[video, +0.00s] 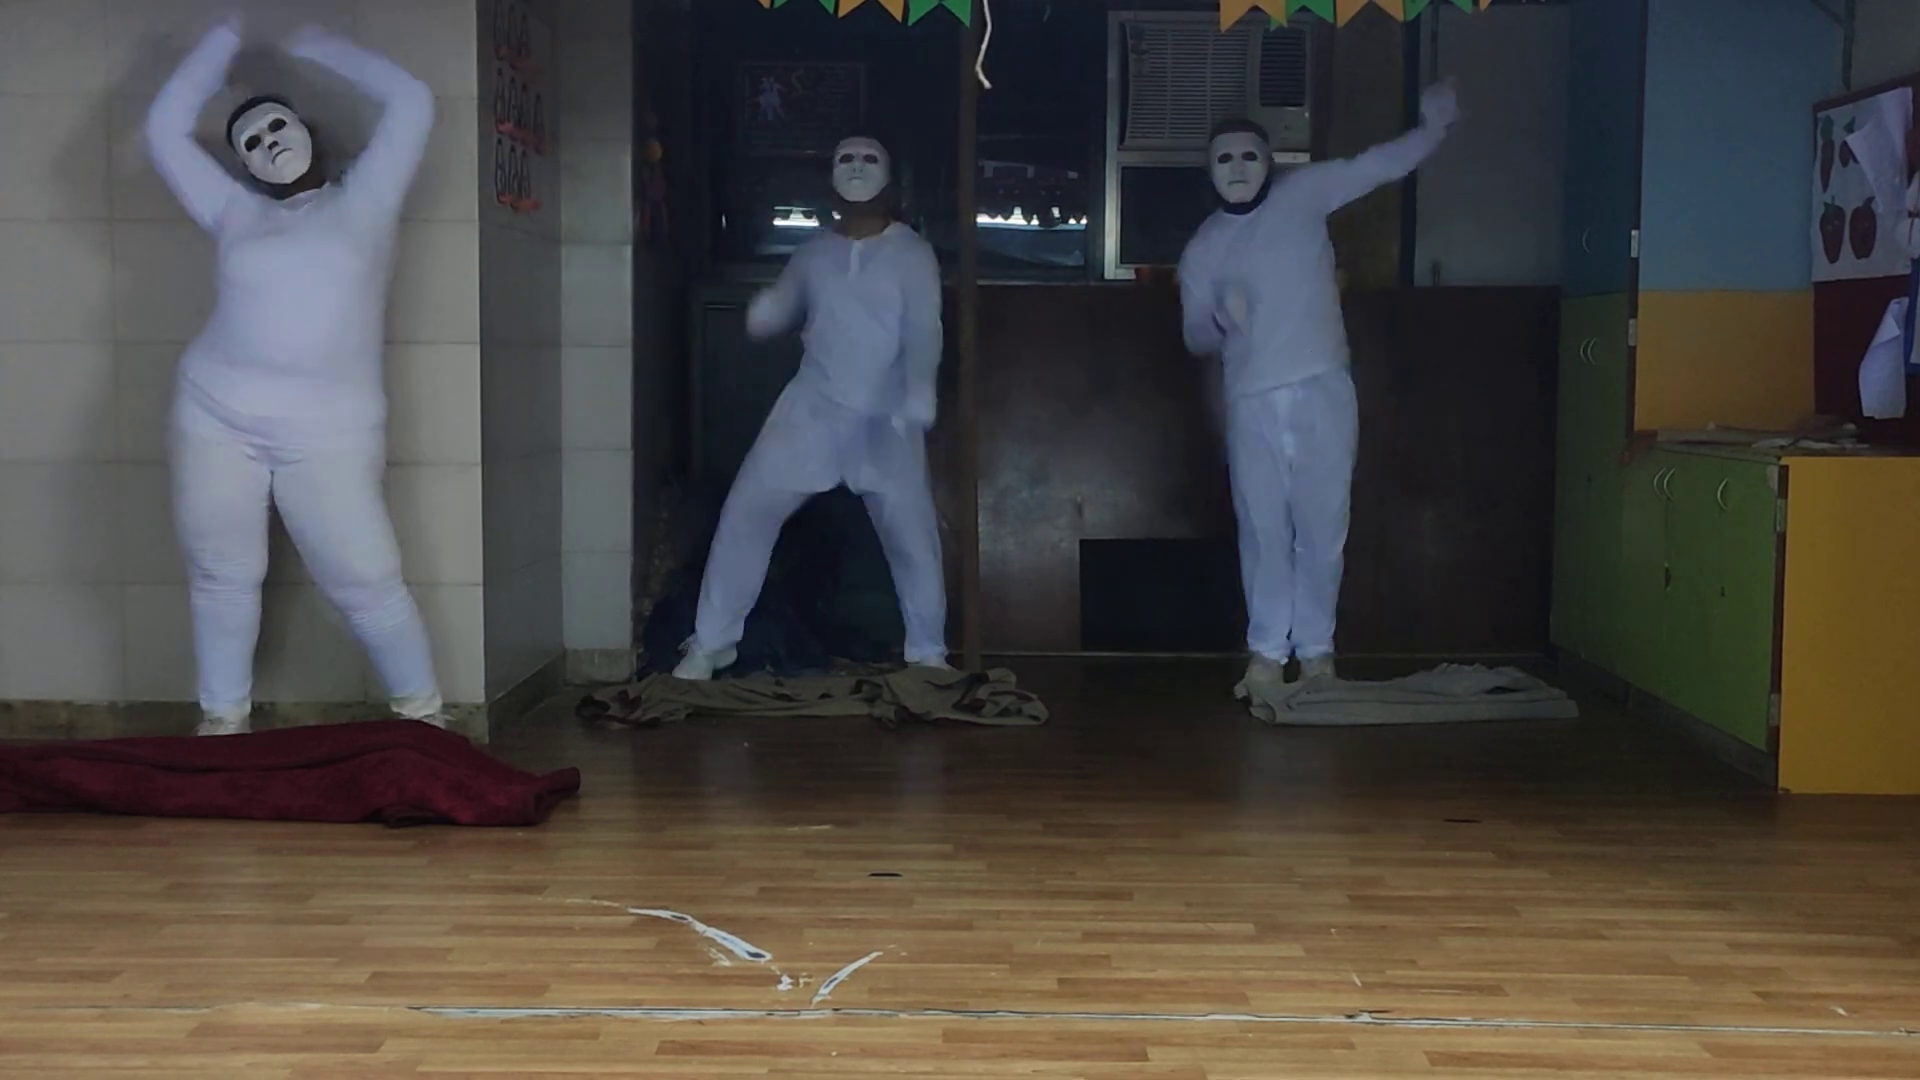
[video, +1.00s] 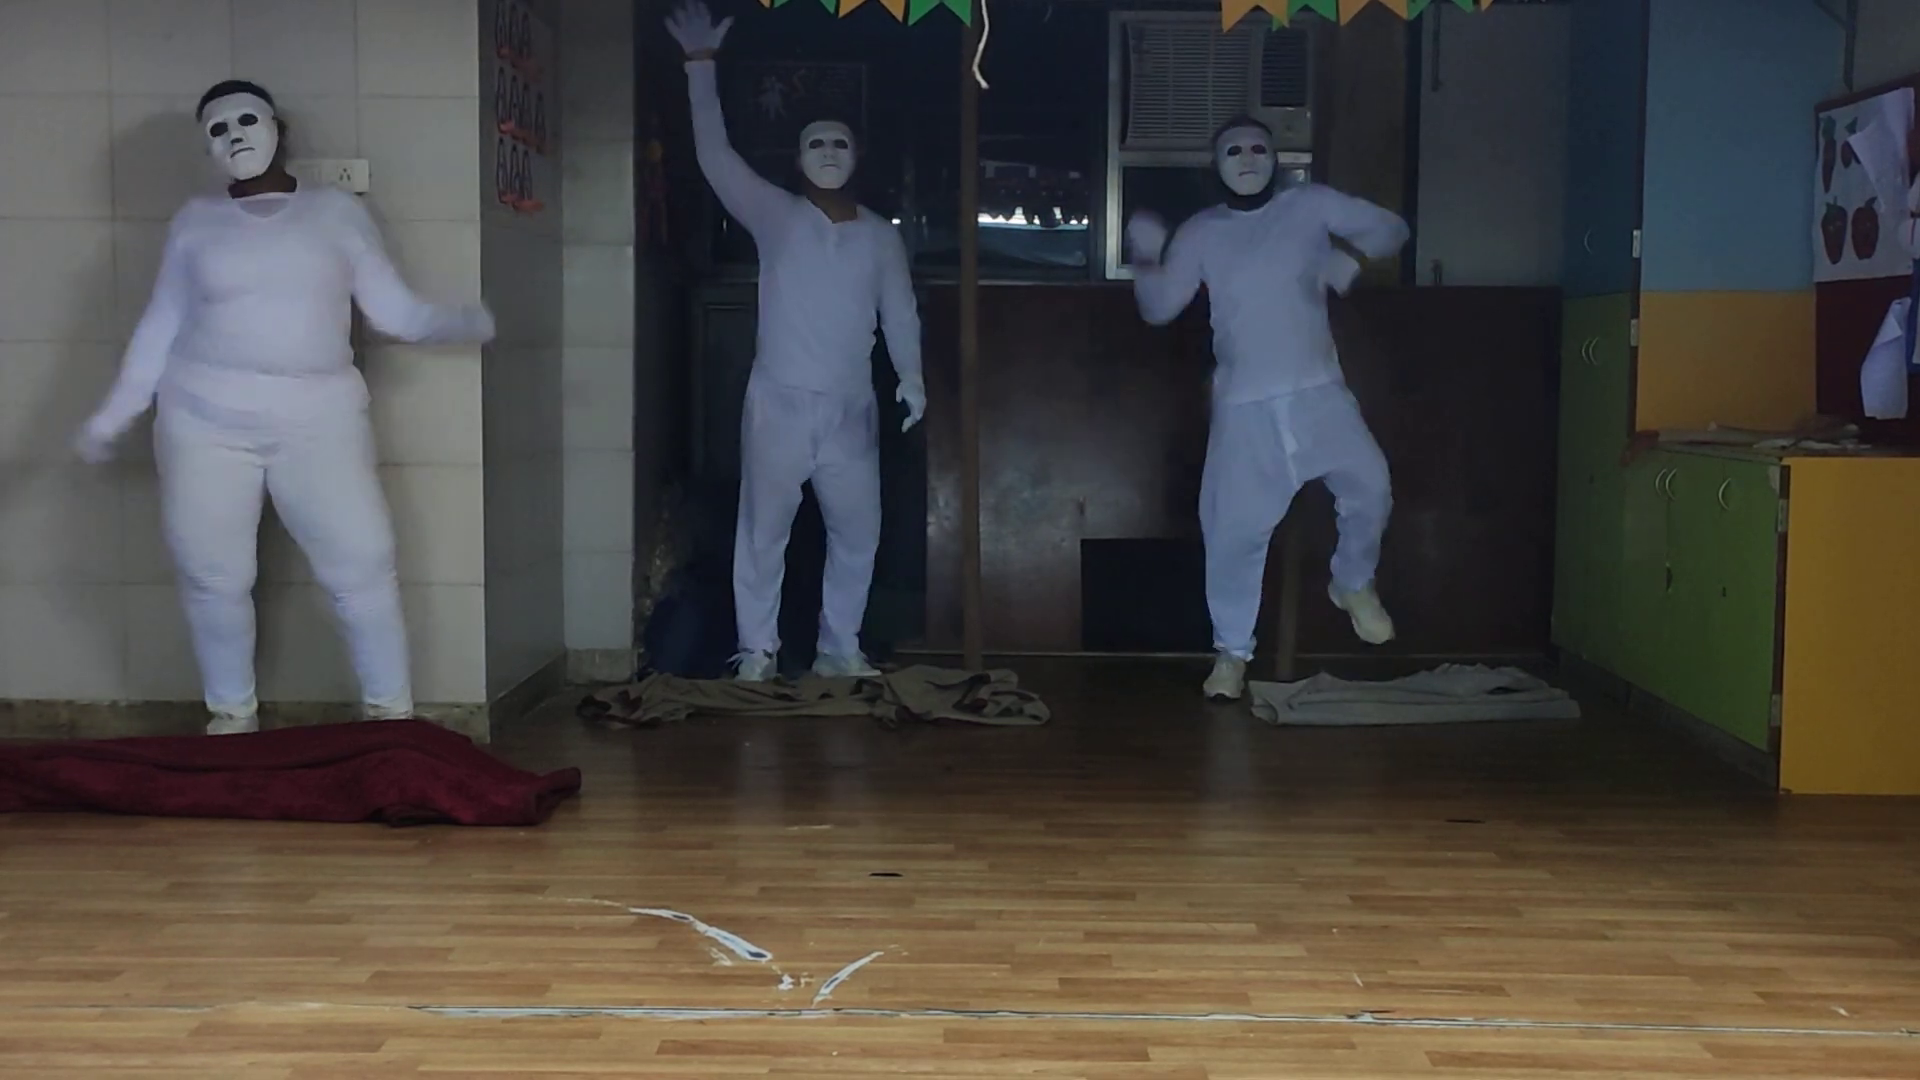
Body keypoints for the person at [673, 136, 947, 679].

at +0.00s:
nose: (855, 168)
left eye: (868, 160)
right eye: (845, 160)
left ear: (890, 178)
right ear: (832, 179)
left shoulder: (912, 253)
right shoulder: (815, 251)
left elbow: (924, 331)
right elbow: (784, 303)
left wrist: (919, 396)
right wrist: (765, 313)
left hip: (886, 415)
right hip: (810, 410)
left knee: (912, 536)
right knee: (746, 511)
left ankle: (927, 653)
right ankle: (712, 643)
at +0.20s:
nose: (903, 168)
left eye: (916, 163)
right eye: (892, 160)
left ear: (930, 185)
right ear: (872, 174)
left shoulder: (942, 272)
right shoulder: (838, 217)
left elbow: (948, 352)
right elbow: (773, 148)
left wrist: (912, 420)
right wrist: (715, 80)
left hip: (889, 420)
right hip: (814, 388)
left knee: (910, 553)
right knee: (739, 443)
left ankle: (925, 665)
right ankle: (746, 524)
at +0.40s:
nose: (927, 196)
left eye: (939, 190)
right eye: (917, 184)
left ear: (948, 206)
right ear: (892, 191)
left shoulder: (942, 290)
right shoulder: (849, 228)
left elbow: (937, 367)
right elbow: (774, 191)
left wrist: (916, 410)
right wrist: (799, 134)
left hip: (875, 422)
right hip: (801, 406)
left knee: (902, 540)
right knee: (762, 518)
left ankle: (925, 659)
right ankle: (757, 641)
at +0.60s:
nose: (873, 170)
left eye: (885, 165)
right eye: (862, 160)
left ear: (896, 184)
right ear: (842, 174)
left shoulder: (903, 263)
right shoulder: (796, 223)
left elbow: (905, 342)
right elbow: (716, 201)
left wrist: (912, 407)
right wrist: (713, 136)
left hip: (853, 412)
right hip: (776, 406)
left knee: (890, 536)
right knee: (754, 532)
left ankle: (921, 655)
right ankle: (757, 655)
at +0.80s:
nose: (821, 149)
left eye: (833, 140)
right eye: (810, 139)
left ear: (851, 155)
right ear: (793, 152)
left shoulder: (876, 234)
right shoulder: (768, 207)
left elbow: (895, 310)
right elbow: (706, 146)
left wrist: (913, 369)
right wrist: (682, 66)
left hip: (851, 400)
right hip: (775, 399)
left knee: (878, 520)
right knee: (764, 525)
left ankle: (853, 631)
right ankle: (760, 649)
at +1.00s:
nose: (830, 155)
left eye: (841, 146)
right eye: (818, 145)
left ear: (857, 158)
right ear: (798, 159)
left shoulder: (882, 237)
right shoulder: (776, 215)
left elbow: (901, 316)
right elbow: (714, 153)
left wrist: (910, 378)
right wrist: (701, 65)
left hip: (851, 407)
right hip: (778, 404)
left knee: (857, 535)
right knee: (764, 531)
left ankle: (839, 652)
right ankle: (757, 652)